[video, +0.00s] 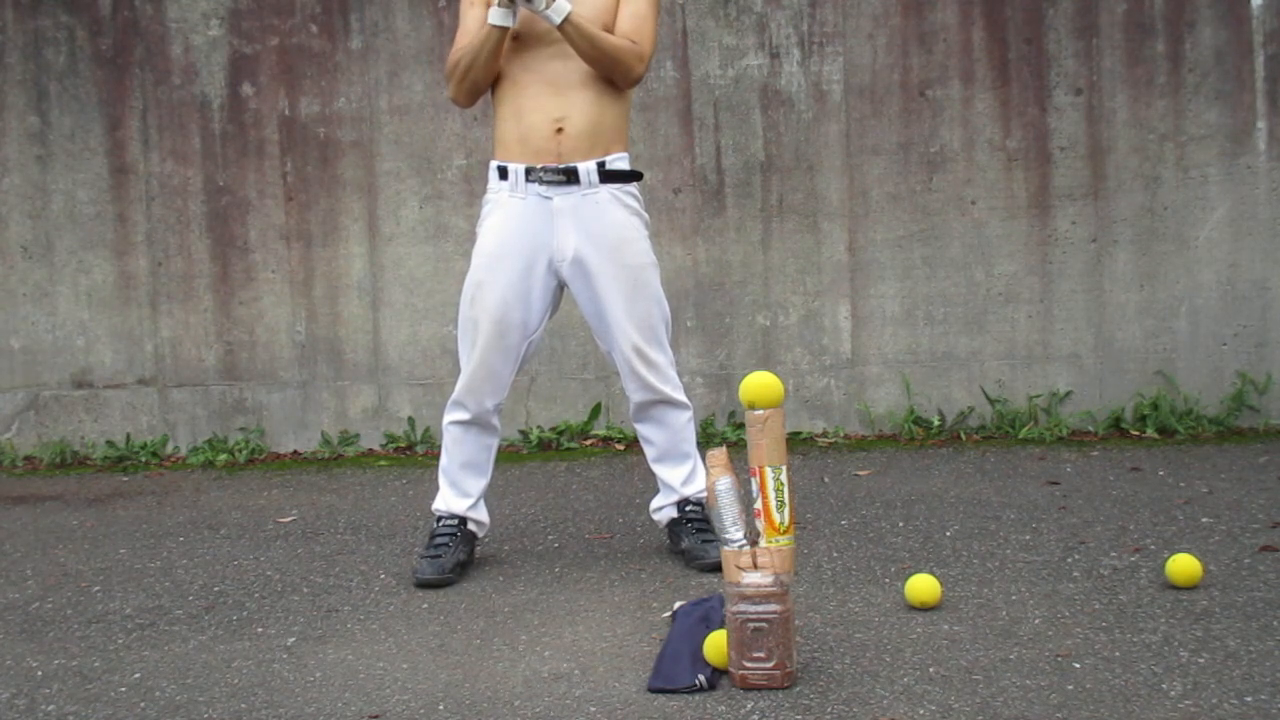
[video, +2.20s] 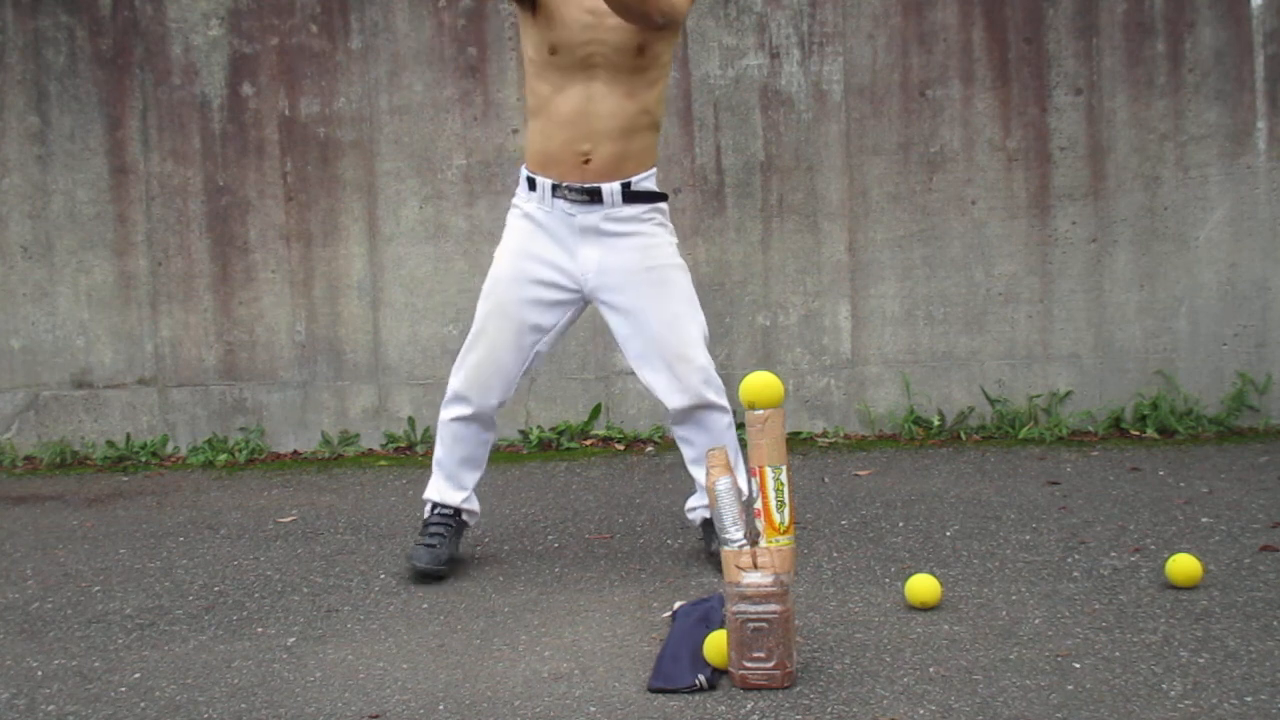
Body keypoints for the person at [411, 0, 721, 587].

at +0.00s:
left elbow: (630, 68)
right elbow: (462, 90)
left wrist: (561, 15)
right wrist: (500, 16)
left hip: (606, 195)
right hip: (514, 197)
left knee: (647, 363)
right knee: (481, 372)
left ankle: (686, 507)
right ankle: (455, 517)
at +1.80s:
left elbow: (599, 32)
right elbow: (402, 75)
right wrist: (441, 3)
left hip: (585, 195)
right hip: (492, 200)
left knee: (653, 353)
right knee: (468, 379)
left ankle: (716, 496)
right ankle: (453, 518)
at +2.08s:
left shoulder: (662, 3)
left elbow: (645, 23)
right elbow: (453, 12)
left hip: (628, 215)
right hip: (531, 212)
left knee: (686, 377)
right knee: (477, 381)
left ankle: (723, 515)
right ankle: (452, 518)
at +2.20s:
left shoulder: (669, 8)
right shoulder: (533, 2)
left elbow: (643, 7)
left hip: (636, 222)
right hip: (539, 219)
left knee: (693, 382)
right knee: (476, 382)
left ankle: (725, 516)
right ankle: (446, 509)